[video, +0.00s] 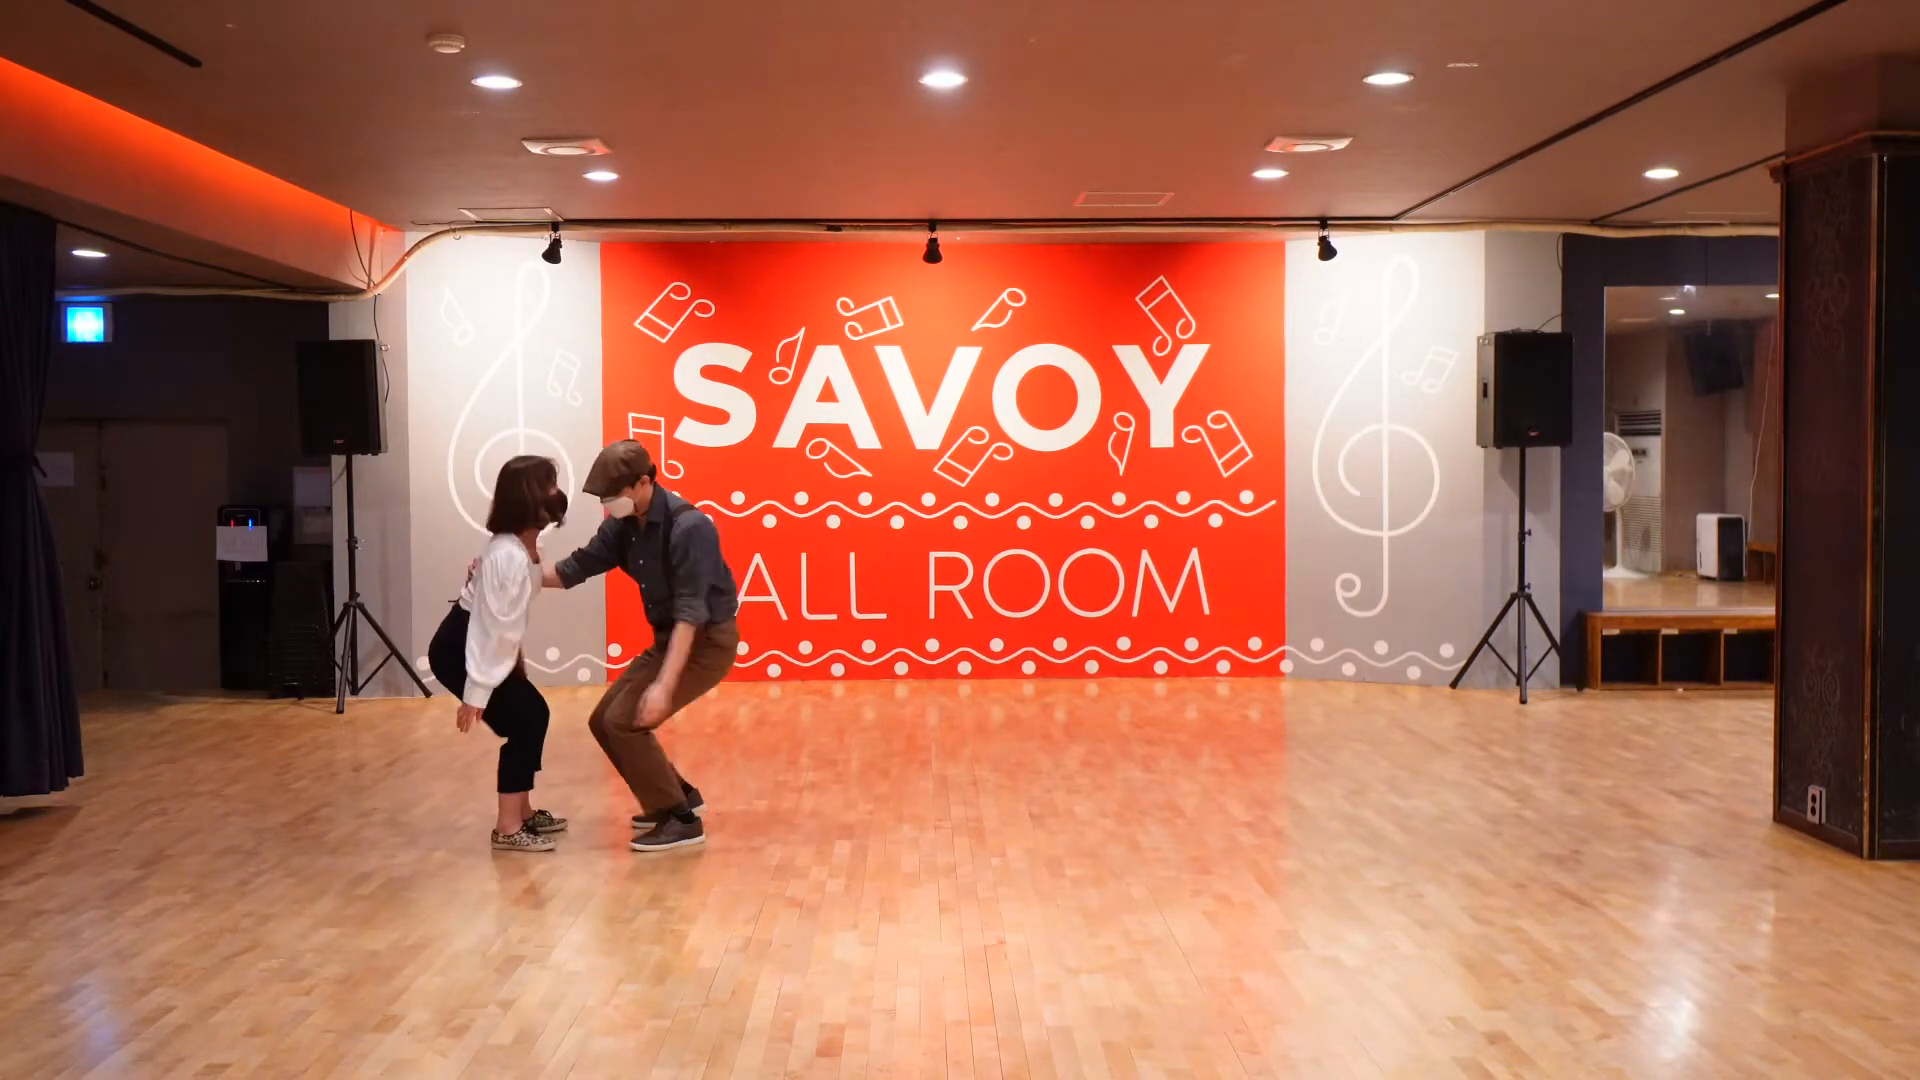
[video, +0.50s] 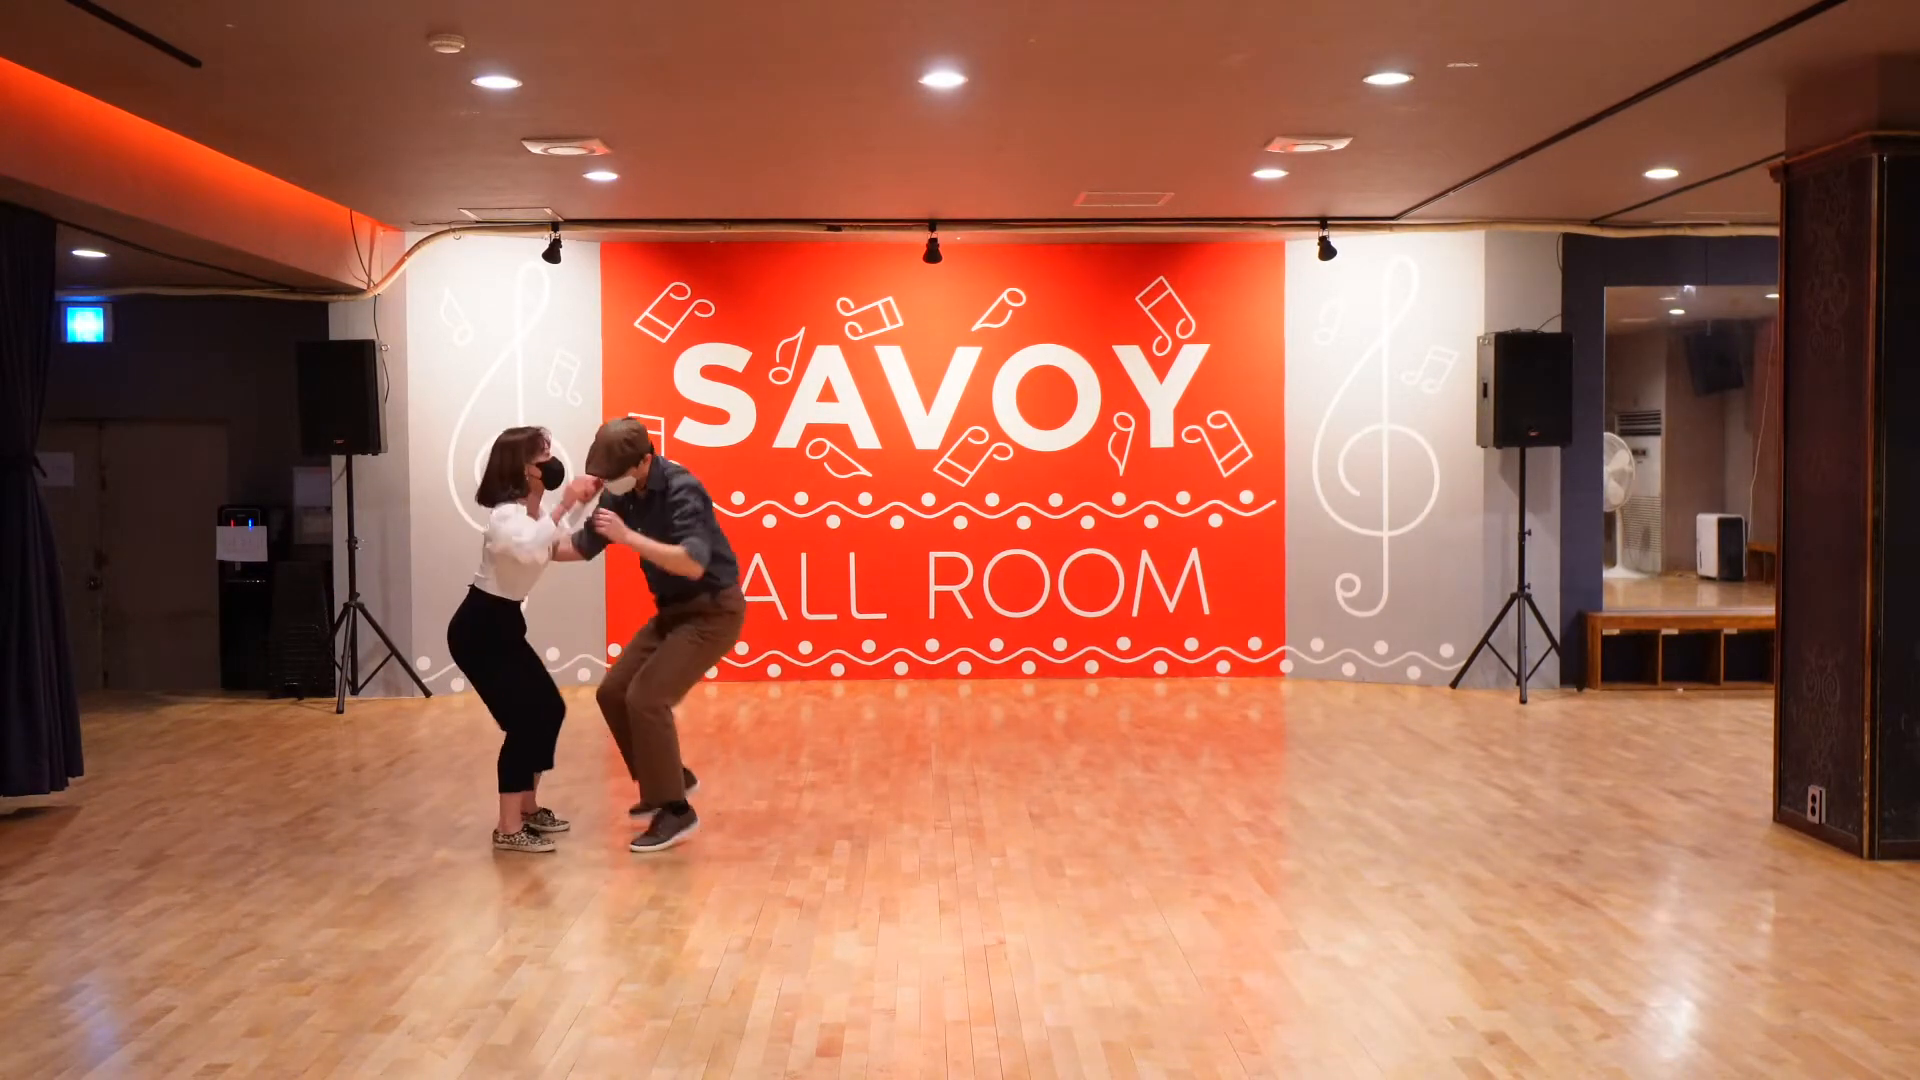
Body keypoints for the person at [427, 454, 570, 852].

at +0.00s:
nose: (559, 491)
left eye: (556, 484)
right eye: (552, 485)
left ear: (518, 497)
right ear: (534, 496)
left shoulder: (521, 549)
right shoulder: (508, 556)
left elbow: (507, 622)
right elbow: (495, 631)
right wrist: (477, 694)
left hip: (479, 645)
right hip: (459, 654)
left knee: (535, 712)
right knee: (526, 719)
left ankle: (520, 812)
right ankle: (508, 828)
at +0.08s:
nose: (554, 483)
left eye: (551, 476)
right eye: (547, 477)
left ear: (517, 491)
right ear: (529, 490)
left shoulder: (524, 541)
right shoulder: (507, 547)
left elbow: (521, 593)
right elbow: (491, 614)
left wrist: (538, 625)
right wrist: (480, 678)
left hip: (482, 639)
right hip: (460, 647)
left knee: (532, 711)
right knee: (516, 722)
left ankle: (518, 810)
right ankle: (504, 829)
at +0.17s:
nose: (549, 480)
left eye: (548, 473)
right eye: (542, 474)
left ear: (521, 483)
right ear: (524, 483)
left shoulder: (523, 529)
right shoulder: (508, 534)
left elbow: (531, 565)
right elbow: (503, 585)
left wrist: (560, 579)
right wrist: (498, 632)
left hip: (475, 635)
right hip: (460, 639)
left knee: (533, 712)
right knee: (522, 717)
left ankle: (523, 814)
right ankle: (508, 828)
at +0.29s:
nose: (545, 474)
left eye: (545, 467)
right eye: (538, 468)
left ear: (536, 473)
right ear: (518, 474)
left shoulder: (537, 511)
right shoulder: (502, 516)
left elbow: (557, 520)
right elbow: (513, 534)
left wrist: (586, 515)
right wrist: (535, 532)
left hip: (491, 629)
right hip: (466, 631)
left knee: (530, 711)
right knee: (507, 722)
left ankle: (521, 814)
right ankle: (504, 829)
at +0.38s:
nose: (551, 468)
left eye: (549, 460)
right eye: (542, 462)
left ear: (537, 469)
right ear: (521, 469)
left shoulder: (540, 514)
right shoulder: (508, 507)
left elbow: (566, 556)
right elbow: (519, 524)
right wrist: (554, 496)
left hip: (496, 628)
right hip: (471, 629)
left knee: (532, 711)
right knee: (507, 723)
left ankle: (521, 812)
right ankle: (505, 828)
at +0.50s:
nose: (553, 463)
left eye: (550, 454)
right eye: (544, 457)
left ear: (527, 469)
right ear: (524, 467)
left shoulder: (538, 514)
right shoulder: (506, 515)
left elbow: (568, 541)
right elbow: (529, 550)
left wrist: (588, 508)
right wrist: (565, 506)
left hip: (505, 626)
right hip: (479, 629)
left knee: (550, 708)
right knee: (523, 720)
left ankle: (526, 810)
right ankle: (508, 829)